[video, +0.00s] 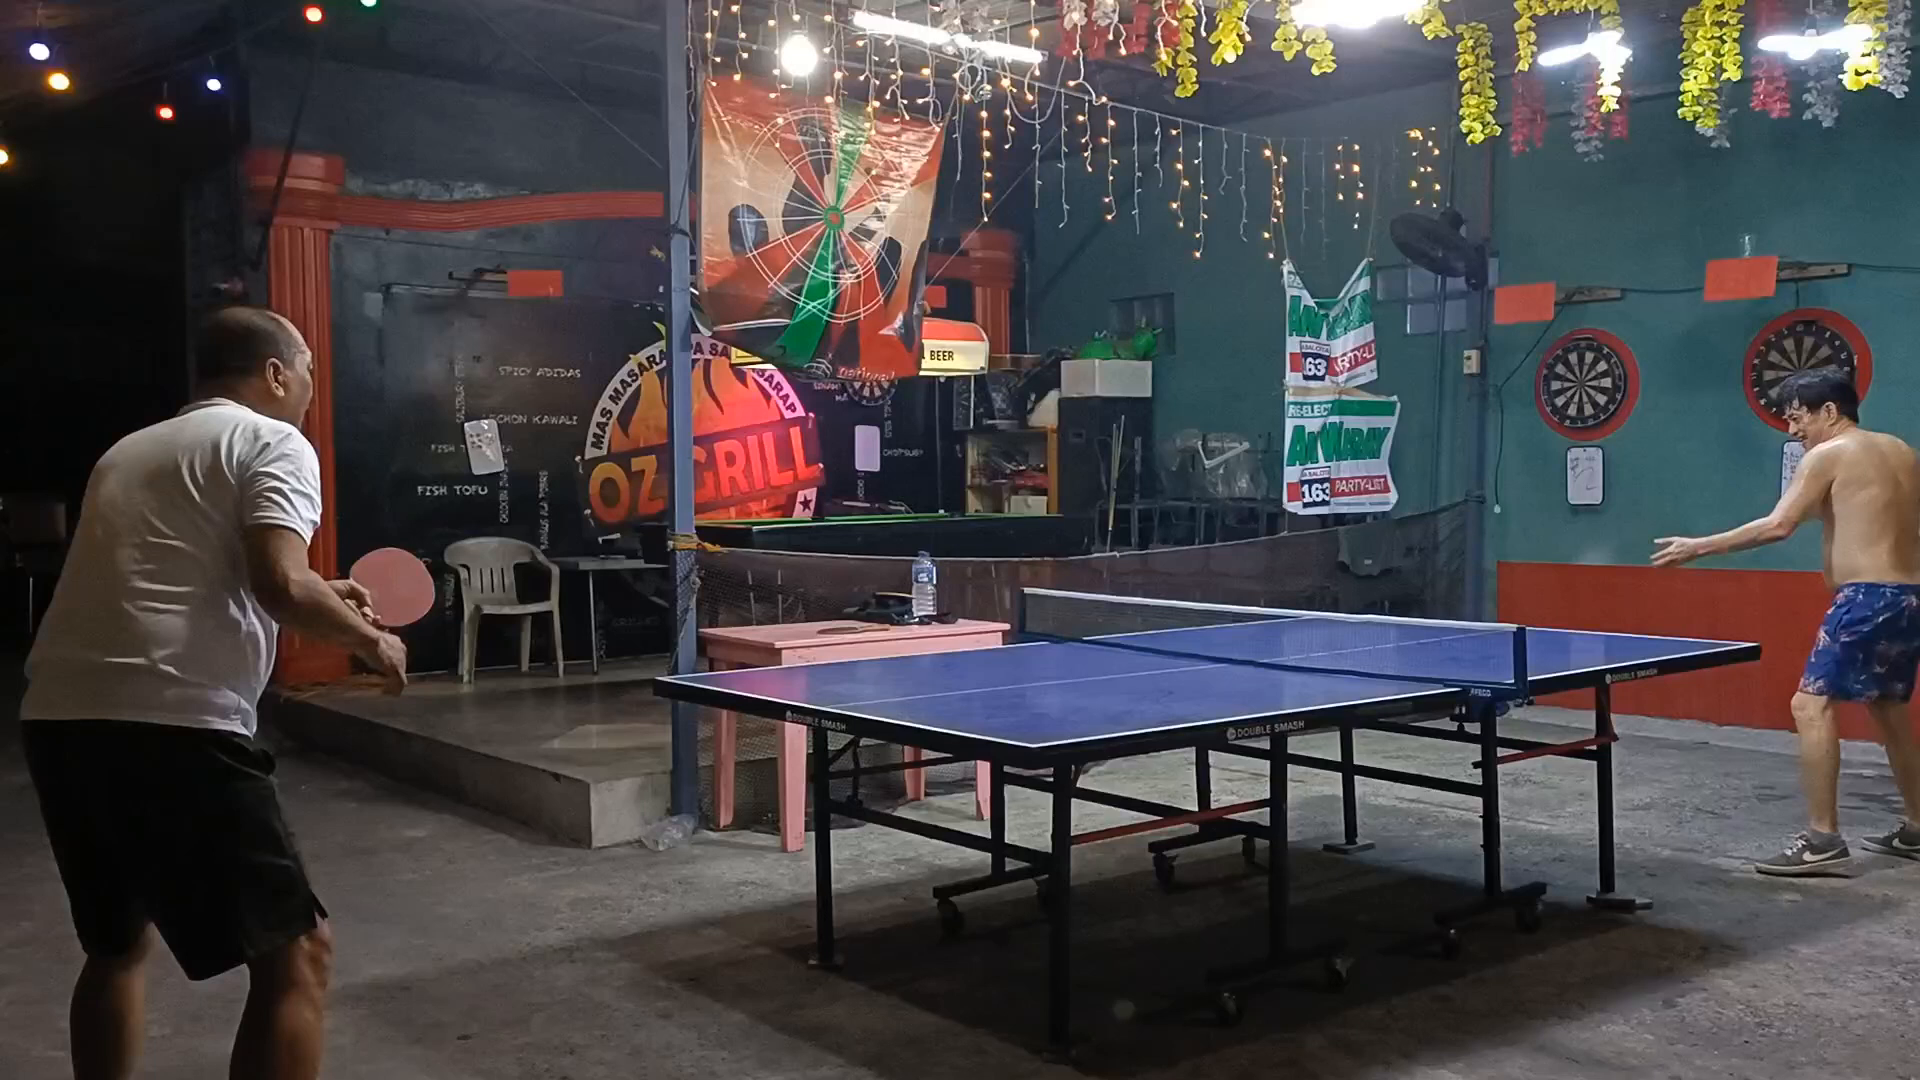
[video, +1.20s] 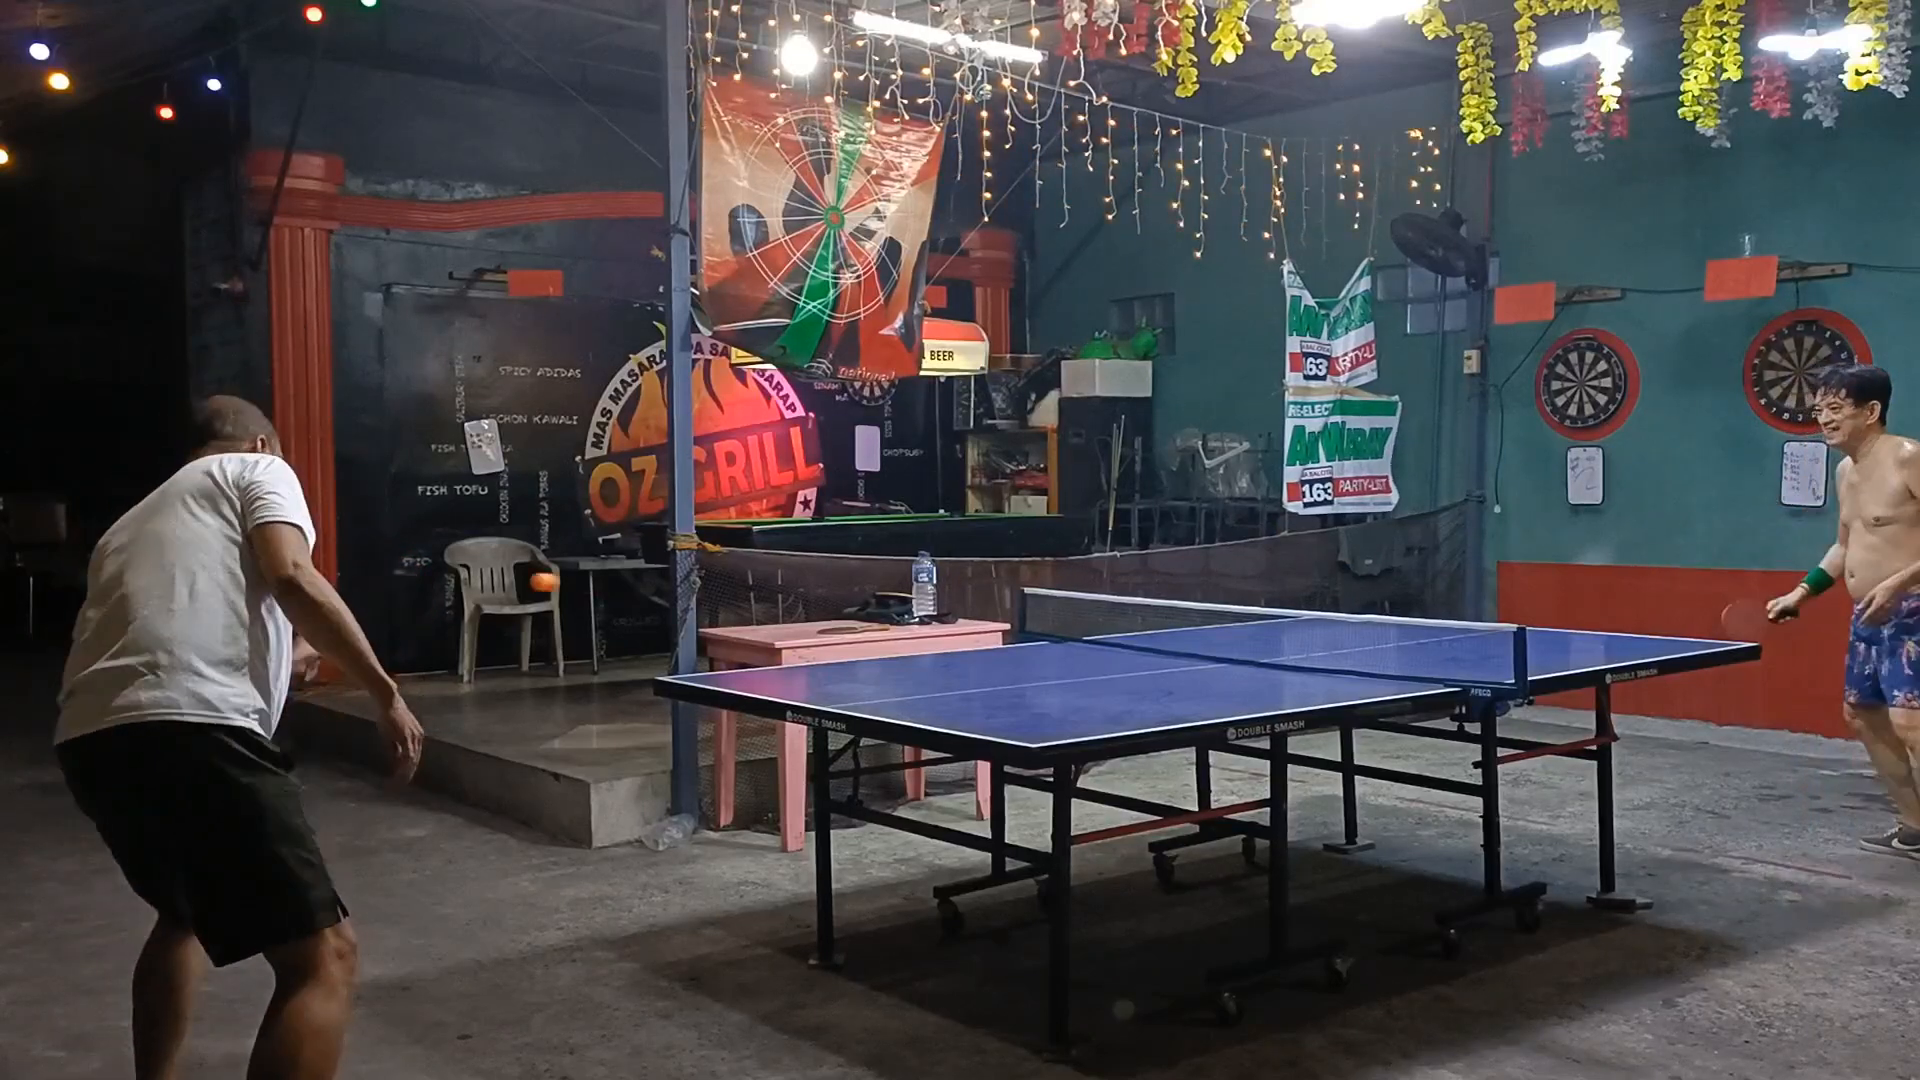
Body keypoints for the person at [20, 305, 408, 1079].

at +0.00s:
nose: (308, 392)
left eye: (308, 376)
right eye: (305, 375)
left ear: (209, 376)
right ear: (277, 372)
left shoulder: (122, 451)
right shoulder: (272, 442)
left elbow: (174, 578)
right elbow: (285, 581)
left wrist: (317, 593)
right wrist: (367, 638)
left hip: (59, 719)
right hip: (183, 725)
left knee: (115, 946)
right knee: (296, 951)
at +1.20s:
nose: (279, 466)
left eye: (276, 458)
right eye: (278, 457)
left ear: (199, 450)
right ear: (262, 447)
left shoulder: (126, 524)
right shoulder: (257, 469)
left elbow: (149, 633)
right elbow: (288, 573)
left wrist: (272, 663)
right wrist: (385, 693)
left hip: (90, 740)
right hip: (199, 726)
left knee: (182, 912)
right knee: (322, 961)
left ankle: (155, 1072)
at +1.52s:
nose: (295, 465)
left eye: (296, 451)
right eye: (295, 448)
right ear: (271, 436)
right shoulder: (227, 455)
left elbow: (253, 673)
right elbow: (187, 541)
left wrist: (367, 734)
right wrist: (252, 663)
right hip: (126, 707)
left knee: (181, 937)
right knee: (223, 937)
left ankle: (161, 1070)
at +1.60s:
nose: (292, 460)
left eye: (296, 445)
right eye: (293, 442)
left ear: (230, 425)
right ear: (264, 428)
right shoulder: (223, 455)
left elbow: (219, 673)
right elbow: (175, 544)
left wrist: (326, 754)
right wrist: (227, 674)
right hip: (123, 712)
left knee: (193, 943)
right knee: (209, 950)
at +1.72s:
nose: (282, 439)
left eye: (283, 422)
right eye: (280, 420)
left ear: (210, 413)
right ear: (247, 413)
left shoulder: (151, 470)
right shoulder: (212, 460)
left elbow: (176, 658)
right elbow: (172, 572)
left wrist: (241, 770)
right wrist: (221, 721)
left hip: (78, 728)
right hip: (125, 732)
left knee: (173, 964)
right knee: (174, 981)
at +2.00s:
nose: (264, 363)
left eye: (265, 346)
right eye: (259, 344)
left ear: (189, 343)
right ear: (216, 343)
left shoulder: (123, 408)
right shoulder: (178, 405)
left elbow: (104, 577)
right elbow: (136, 547)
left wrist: (192, 701)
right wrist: (211, 681)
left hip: (55, 695)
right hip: (99, 701)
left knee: (125, 924)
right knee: (179, 939)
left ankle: (94, 1070)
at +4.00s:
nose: (428, 482)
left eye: (426, 472)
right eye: (427, 472)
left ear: (357, 477)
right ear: (414, 470)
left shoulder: (322, 544)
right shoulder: (397, 506)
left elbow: (322, 646)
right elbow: (398, 566)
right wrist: (471, 640)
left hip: (287, 755)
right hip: (363, 748)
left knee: (377, 856)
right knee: (388, 947)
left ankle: (398, 983)